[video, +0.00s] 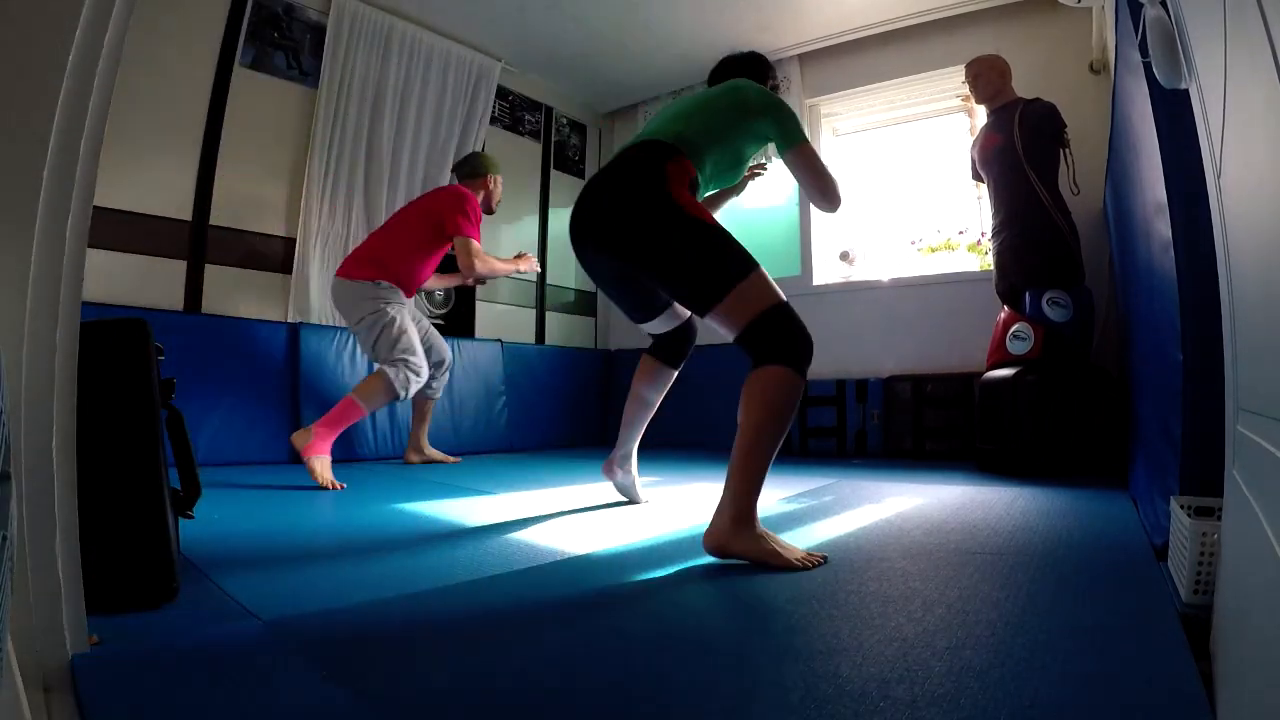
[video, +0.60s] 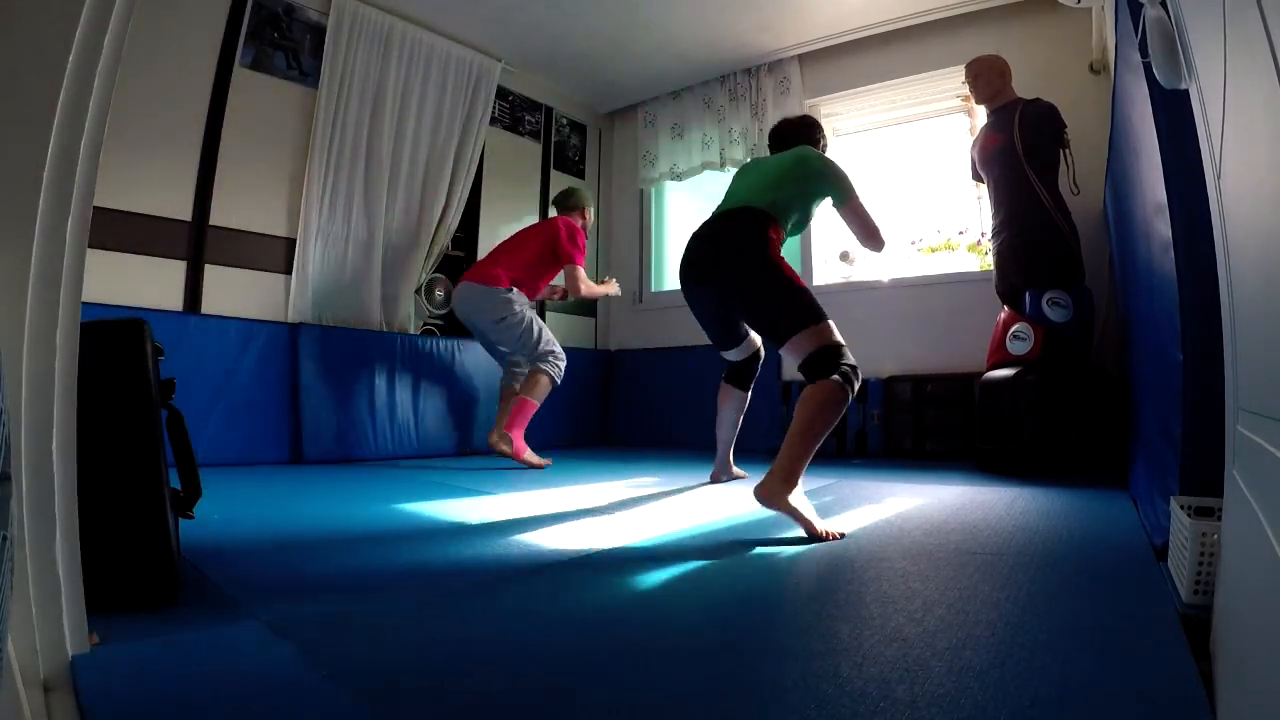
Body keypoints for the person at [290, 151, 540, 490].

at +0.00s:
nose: (501, 193)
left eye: (501, 185)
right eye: (500, 184)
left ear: (464, 180)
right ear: (489, 182)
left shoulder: (444, 204)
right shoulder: (462, 200)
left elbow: (423, 280)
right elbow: (473, 263)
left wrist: (467, 277)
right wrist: (516, 265)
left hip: (391, 292)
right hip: (369, 286)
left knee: (436, 358)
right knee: (407, 368)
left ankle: (418, 445)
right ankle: (317, 436)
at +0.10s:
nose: (518, 199)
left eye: (517, 192)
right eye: (517, 191)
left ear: (482, 186)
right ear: (508, 189)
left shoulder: (463, 208)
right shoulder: (483, 207)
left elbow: (445, 285)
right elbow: (491, 271)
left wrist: (495, 276)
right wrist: (533, 271)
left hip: (386, 286)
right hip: (394, 286)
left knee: (447, 359)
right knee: (452, 356)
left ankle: (419, 445)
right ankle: (377, 429)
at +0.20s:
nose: (534, 204)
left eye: (534, 198)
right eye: (535, 197)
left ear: (500, 192)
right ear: (526, 195)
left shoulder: (478, 211)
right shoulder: (504, 211)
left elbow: (460, 283)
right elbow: (513, 276)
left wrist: (508, 274)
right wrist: (550, 276)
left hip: (395, 283)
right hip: (415, 286)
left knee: (462, 355)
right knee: (480, 352)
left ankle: (428, 438)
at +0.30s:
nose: (549, 206)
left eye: (548, 200)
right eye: (549, 200)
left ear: (515, 196)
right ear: (542, 198)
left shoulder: (494, 213)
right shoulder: (524, 217)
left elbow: (465, 270)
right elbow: (535, 280)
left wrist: (503, 283)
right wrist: (566, 280)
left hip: (416, 288)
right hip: (439, 294)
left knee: (483, 350)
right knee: (490, 373)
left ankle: (461, 426)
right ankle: (425, 446)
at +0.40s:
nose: (563, 213)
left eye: (562, 208)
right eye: (563, 207)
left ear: (529, 205)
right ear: (556, 206)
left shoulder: (506, 222)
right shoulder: (542, 226)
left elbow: (472, 270)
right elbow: (553, 286)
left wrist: (507, 290)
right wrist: (582, 286)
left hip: (430, 293)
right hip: (459, 298)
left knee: (487, 364)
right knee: (508, 377)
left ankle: (491, 439)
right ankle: (435, 436)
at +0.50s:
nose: (576, 220)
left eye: (575, 214)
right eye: (577, 214)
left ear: (545, 210)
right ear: (570, 211)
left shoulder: (525, 228)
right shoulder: (555, 229)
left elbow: (489, 274)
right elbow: (566, 289)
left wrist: (524, 295)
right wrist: (594, 288)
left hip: (449, 295)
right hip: (480, 298)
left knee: (502, 367)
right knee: (533, 367)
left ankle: (495, 441)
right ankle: (468, 421)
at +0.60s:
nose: (591, 221)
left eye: (590, 216)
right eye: (591, 216)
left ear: (560, 212)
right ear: (585, 214)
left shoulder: (542, 228)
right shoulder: (570, 229)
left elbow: (512, 279)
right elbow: (580, 289)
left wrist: (546, 292)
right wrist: (606, 289)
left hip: (466, 293)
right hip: (495, 294)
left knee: (518, 362)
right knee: (552, 357)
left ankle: (501, 432)